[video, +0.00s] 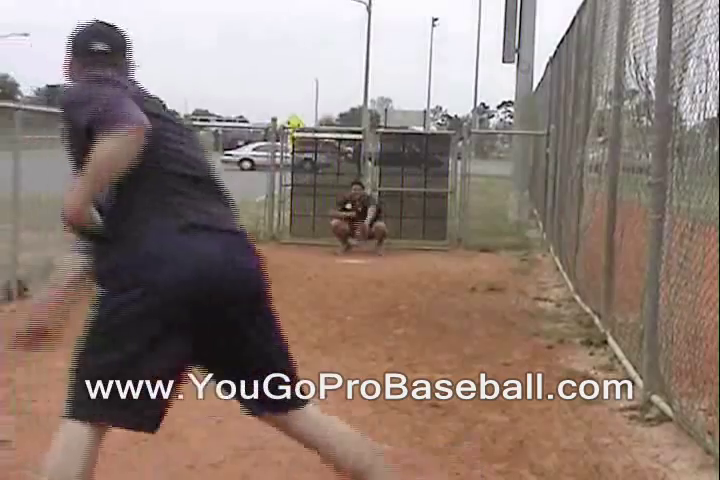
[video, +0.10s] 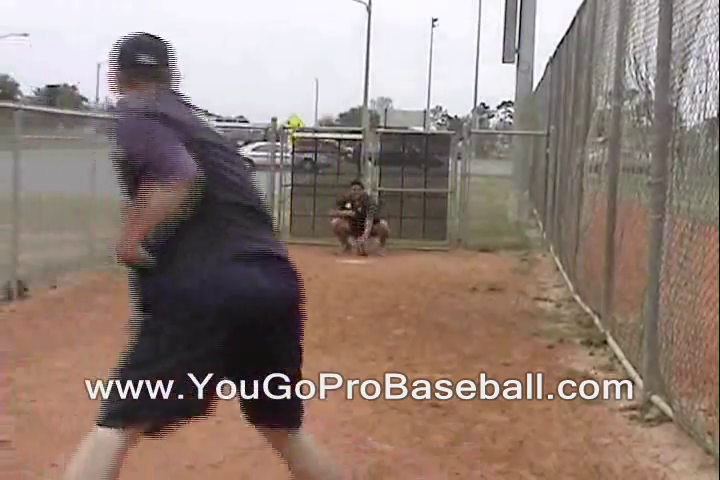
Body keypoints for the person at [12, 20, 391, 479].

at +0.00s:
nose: (66, 67)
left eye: (68, 59)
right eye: (70, 58)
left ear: (75, 61)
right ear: (122, 62)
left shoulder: (85, 89)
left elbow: (128, 128)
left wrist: (80, 199)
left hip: (157, 261)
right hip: (230, 254)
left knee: (83, 423)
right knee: (289, 409)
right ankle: (384, 470)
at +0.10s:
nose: (112, 82)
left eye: (114, 74)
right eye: (115, 74)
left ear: (120, 77)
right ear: (166, 77)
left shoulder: (137, 117)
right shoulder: (202, 126)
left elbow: (180, 177)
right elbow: (237, 203)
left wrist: (132, 237)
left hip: (201, 286)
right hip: (273, 281)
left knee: (115, 430)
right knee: (283, 425)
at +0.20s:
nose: (155, 72)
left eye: (157, 64)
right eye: (158, 64)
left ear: (162, 70)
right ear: (209, 69)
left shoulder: (190, 122)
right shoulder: (238, 114)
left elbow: (234, 205)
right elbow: (274, 203)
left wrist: (182, 259)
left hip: (238, 294)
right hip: (297, 289)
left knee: (142, 432)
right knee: (287, 441)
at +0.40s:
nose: (202, 12)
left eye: (203, 8)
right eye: (206, 9)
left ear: (208, 7)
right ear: (257, 6)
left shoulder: (210, 48)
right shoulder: (300, 54)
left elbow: (224, 131)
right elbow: (364, 137)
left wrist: (182, 164)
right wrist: (390, 190)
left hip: (238, 240)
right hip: (310, 242)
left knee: (196, 380)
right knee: (307, 382)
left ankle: (210, 472)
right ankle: (339, 471)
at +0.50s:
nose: (213, 12)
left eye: (213, 8)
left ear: (219, 5)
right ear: (269, 5)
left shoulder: (212, 46)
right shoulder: (312, 54)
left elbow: (213, 124)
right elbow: (372, 135)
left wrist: (171, 161)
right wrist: (406, 199)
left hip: (241, 231)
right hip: (308, 232)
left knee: (226, 374)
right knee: (295, 360)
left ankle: (257, 472)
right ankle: (328, 471)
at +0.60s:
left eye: (228, 24)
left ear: (226, 29)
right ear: (278, 29)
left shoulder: (209, 80)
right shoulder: (320, 85)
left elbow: (200, 161)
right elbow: (373, 170)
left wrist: (169, 191)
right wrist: (403, 238)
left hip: (236, 262)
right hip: (305, 259)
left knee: (251, 398)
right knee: (301, 386)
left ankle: (281, 475)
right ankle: (311, 475)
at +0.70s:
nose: (231, 63)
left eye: (229, 57)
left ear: (229, 59)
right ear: (280, 62)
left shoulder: (204, 123)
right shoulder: (319, 122)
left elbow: (185, 212)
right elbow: (359, 214)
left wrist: (177, 236)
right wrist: (385, 281)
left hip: (239, 296)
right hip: (306, 294)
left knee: (245, 418)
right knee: (296, 412)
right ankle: (305, 474)